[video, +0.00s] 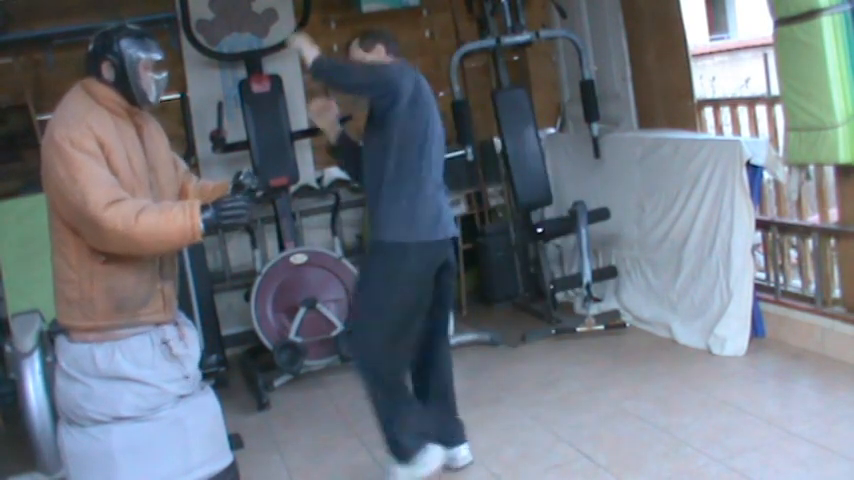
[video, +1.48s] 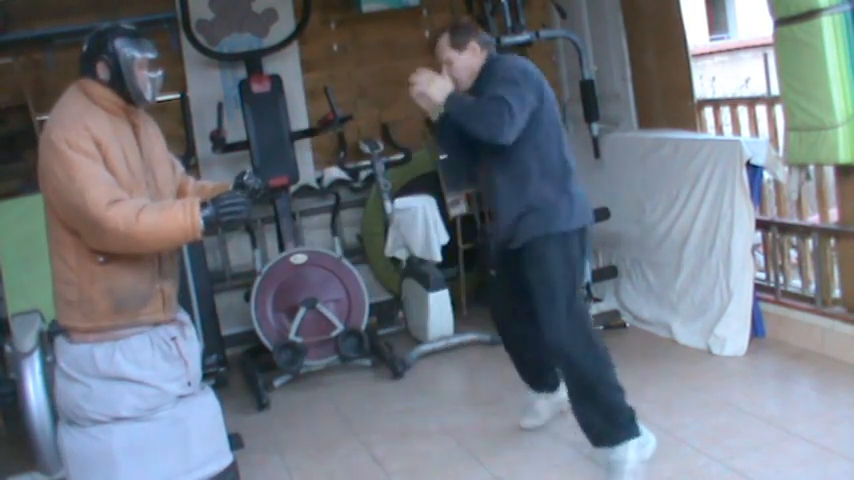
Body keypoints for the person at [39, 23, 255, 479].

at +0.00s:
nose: (153, 77)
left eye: (154, 67)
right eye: (142, 67)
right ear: (108, 67)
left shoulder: (143, 121)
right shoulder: (71, 128)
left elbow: (181, 188)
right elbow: (109, 221)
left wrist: (233, 189)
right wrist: (203, 218)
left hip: (158, 318)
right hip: (104, 331)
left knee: (192, 449)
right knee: (125, 459)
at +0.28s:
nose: (149, 75)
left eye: (150, 64)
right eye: (138, 65)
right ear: (104, 67)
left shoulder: (140, 120)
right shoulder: (68, 128)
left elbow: (178, 188)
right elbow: (108, 221)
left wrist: (232, 190)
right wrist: (202, 216)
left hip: (157, 318)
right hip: (102, 331)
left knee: (188, 448)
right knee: (123, 458)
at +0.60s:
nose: (155, 74)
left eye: (155, 64)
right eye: (144, 64)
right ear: (110, 64)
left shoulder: (144, 122)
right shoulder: (73, 126)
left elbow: (181, 188)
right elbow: (106, 220)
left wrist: (229, 183)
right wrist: (200, 216)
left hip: (159, 317)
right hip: (104, 328)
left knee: (184, 446)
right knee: (124, 456)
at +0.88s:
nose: (142, 73)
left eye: (142, 63)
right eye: (131, 63)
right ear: (98, 66)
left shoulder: (134, 119)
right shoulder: (63, 129)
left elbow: (174, 187)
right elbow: (104, 220)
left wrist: (222, 192)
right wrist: (196, 214)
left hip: (159, 318)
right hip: (103, 333)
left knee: (193, 451)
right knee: (125, 461)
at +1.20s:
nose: (145, 73)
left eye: (145, 63)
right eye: (134, 63)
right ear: (101, 66)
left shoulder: (138, 121)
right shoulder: (65, 130)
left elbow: (177, 187)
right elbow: (107, 222)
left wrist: (230, 188)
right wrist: (200, 218)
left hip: (159, 318)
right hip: (103, 331)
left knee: (189, 449)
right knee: (124, 459)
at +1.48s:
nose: (148, 75)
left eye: (148, 64)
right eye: (137, 65)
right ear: (103, 67)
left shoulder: (140, 121)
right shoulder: (67, 130)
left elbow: (177, 187)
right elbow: (108, 222)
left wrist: (231, 190)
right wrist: (202, 216)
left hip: (160, 320)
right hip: (104, 333)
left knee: (190, 452)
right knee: (125, 461)